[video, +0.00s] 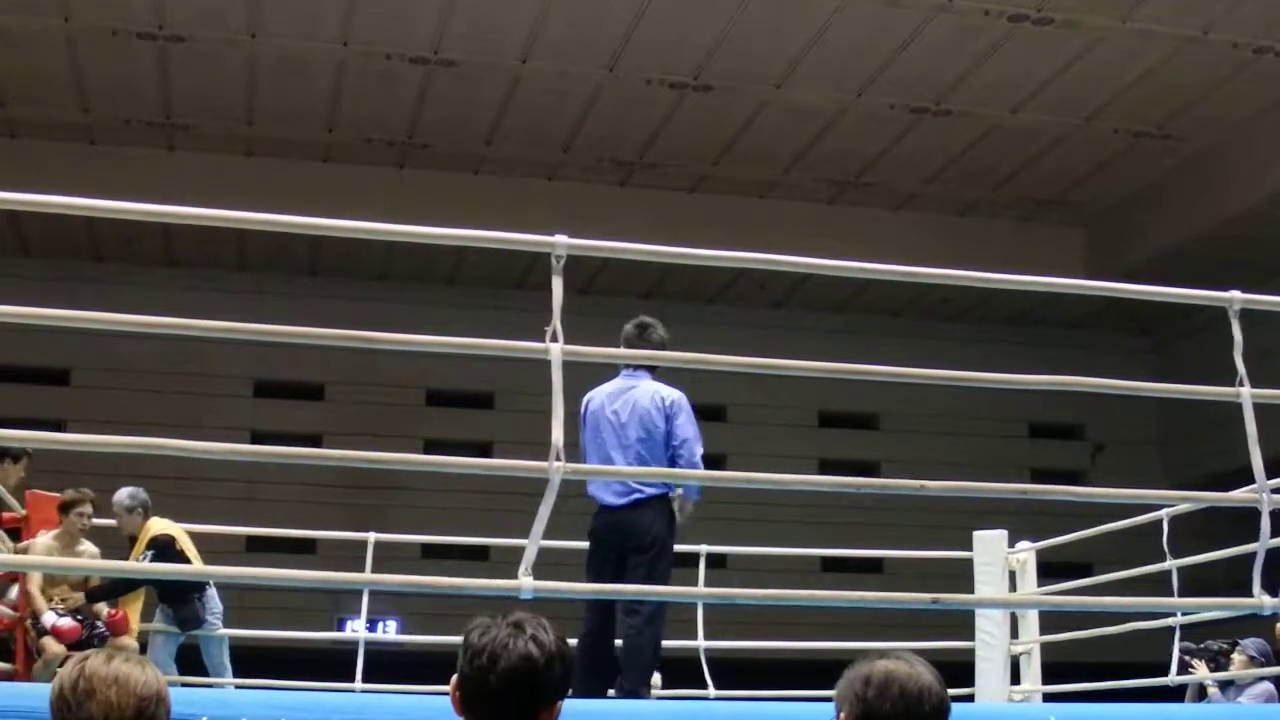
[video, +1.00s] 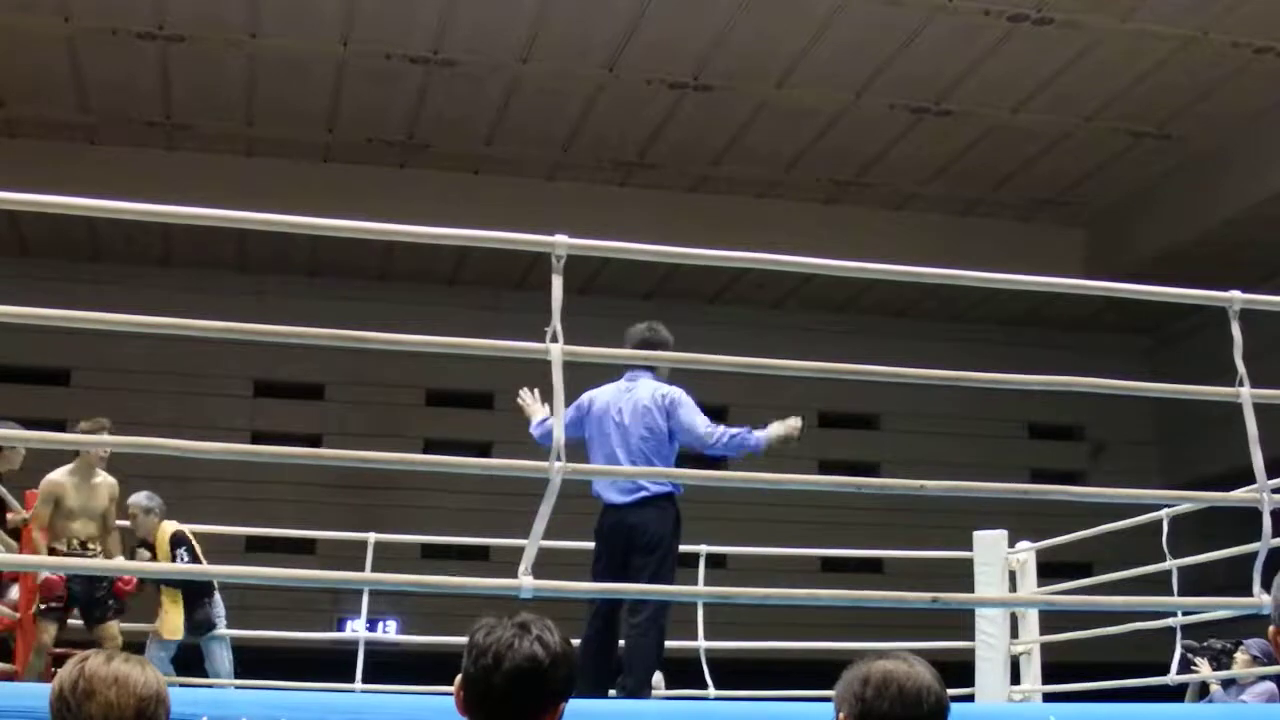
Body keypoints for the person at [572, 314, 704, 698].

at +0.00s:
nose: (658, 355)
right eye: (659, 351)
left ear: (622, 350)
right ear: (659, 354)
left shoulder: (592, 399)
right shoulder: (671, 399)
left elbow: (589, 456)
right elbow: (690, 457)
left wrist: (608, 485)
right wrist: (687, 499)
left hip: (606, 516)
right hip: (651, 515)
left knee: (597, 607)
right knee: (642, 608)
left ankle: (585, 698)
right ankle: (632, 698)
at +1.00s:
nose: (670, 362)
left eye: (666, 356)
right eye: (669, 357)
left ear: (628, 355)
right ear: (664, 359)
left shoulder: (594, 399)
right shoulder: (669, 398)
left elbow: (550, 435)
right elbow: (708, 439)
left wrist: (536, 417)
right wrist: (769, 435)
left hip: (612, 516)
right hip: (656, 515)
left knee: (603, 606)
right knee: (648, 606)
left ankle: (587, 697)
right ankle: (634, 698)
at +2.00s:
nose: (669, 374)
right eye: (669, 369)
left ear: (627, 365)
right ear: (663, 367)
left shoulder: (598, 398)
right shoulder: (672, 396)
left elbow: (549, 428)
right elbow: (714, 431)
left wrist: (537, 397)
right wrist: (770, 412)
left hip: (612, 516)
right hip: (656, 514)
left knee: (601, 606)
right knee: (646, 606)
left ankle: (588, 697)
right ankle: (632, 696)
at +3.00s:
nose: (679, 359)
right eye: (680, 354)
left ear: (642, 353)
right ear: (679, 357)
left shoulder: (609, 395)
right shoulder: (678, 397)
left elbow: (569, 436)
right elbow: (720, 423)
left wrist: (533, 460)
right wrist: (783, 402)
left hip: (610, 514)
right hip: (652, 513)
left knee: (622, 602)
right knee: (644, 605)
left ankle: (624, 687)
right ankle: (630, 696)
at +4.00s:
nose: (655, 351)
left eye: (653, 343)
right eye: (652, 344)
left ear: (610, 346)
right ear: (642, 348)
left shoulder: (576, 395)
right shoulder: (652, 393)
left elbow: (549, 446)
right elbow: (653, 456)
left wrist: (581, 480)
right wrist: (664, 488)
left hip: (588, 513)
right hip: (631, 510)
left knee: (610, 606)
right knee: (626, 608)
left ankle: (622, 695)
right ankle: (608, 700)